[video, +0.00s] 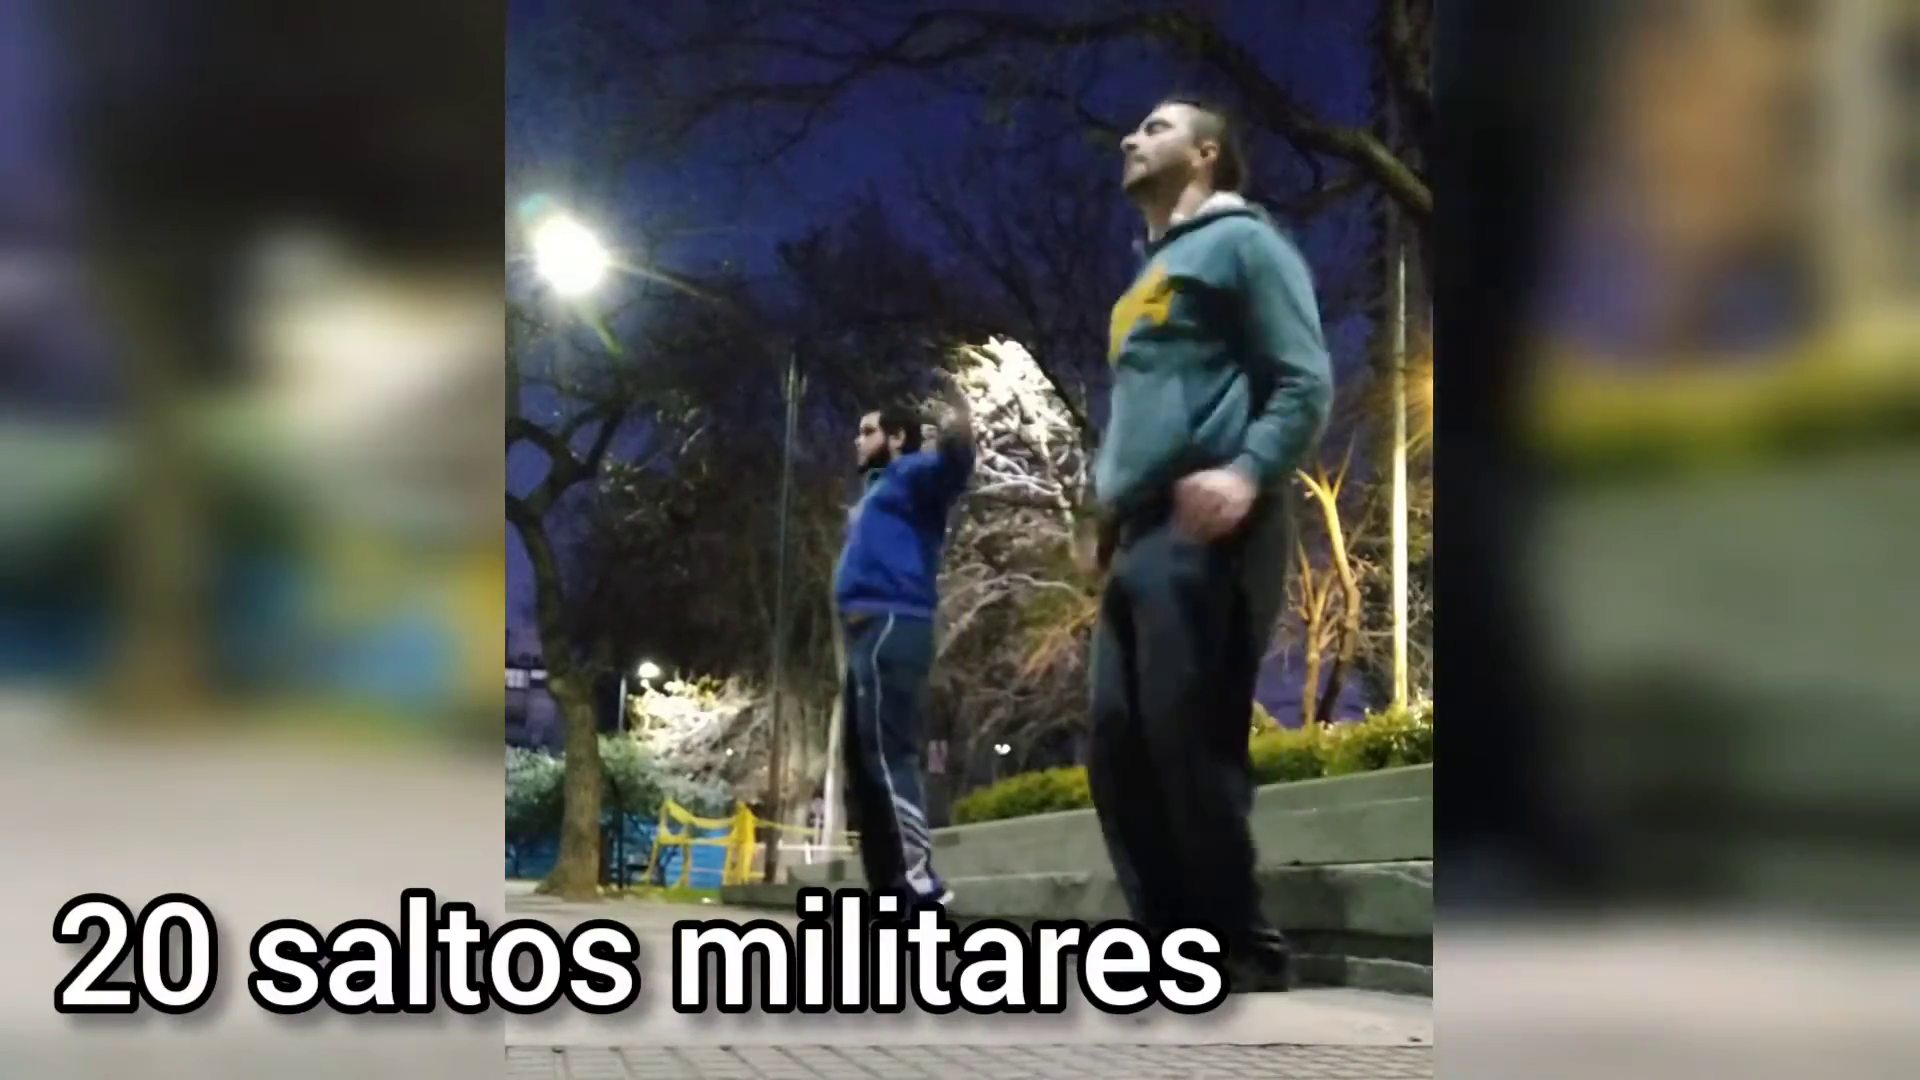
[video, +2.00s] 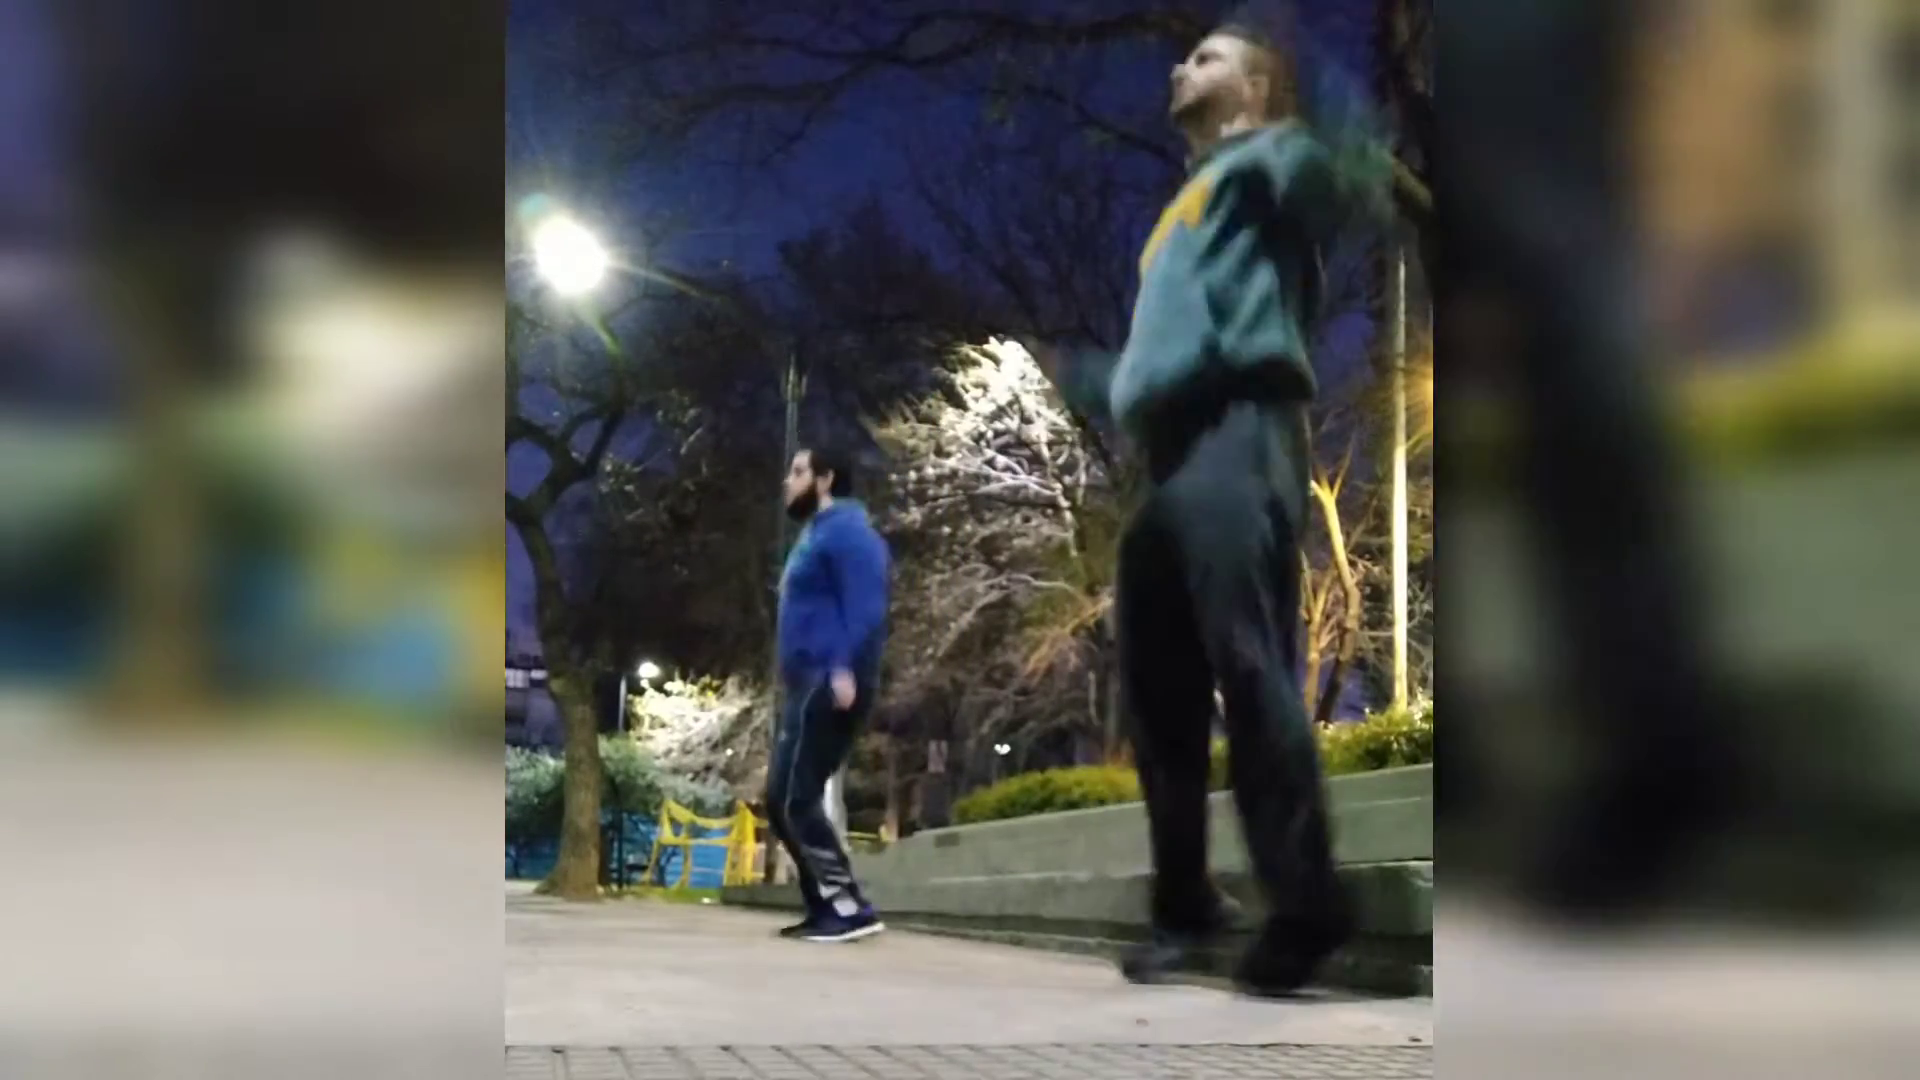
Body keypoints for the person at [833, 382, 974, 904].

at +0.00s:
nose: (858, 439)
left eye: (867, 430)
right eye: (859, 431)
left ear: (897, 438)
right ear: (881, 440)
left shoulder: (914, 474)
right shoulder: (878, 488)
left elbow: (955, 456)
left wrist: (959, 408)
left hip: (894, 623)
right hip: (866, 624)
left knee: (886, 754)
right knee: (863, 760)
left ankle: (919, 885)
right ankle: (889, 884)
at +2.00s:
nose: (788, 482)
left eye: (797, 472)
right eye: (789, 473)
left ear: (826, 478)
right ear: (820, 480)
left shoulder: (846, 526)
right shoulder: (818, 530)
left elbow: (863, 600)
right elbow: (825, 605)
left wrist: (844, 664)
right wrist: (796, 671)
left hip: (832, 677)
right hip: (806, 676)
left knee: (797, 794)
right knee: (780, 796)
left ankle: (845, 905)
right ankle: (823, 905)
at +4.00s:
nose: (855, 442)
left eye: (864, 435)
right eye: (855, 436)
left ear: (888, 447)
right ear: (865, 457)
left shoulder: (902, 494)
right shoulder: (856, 501)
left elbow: (913, 438)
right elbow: (840, 489)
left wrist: (901, 379)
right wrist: (855, 452)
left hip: (882, 624)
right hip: (843, 629)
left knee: (880, 746)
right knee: (846, 756)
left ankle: (914, 878)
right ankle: (856, 882)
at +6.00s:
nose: (864, 502)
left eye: (873, 493)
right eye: (864, 493)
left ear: (897, 498)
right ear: (873, 502)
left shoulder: (918, 532)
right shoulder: (871, 548)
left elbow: (922, 462)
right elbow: (859, 548)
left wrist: (914, 427)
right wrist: (864, 526)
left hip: (900, 674)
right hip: (865, 679)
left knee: (884, 799)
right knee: (853, 804)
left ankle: (936, 910)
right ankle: (884, 907)